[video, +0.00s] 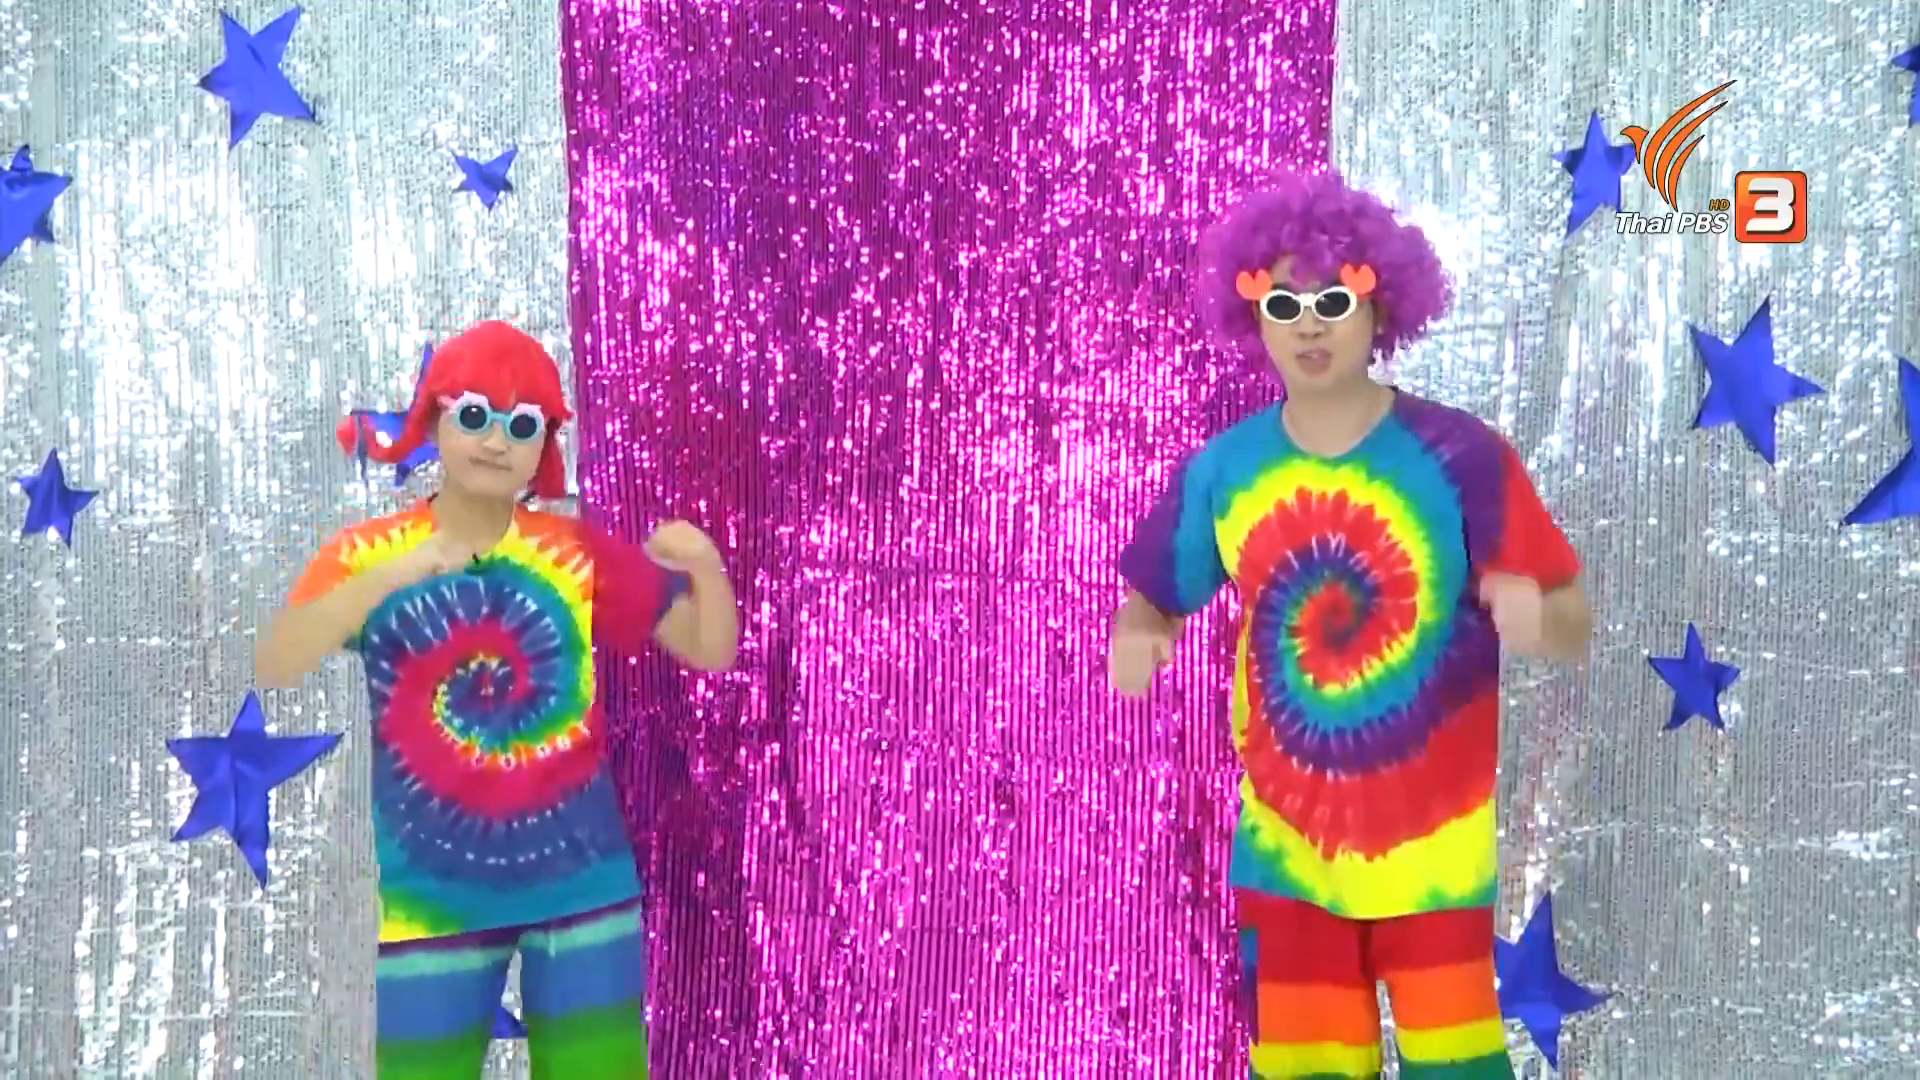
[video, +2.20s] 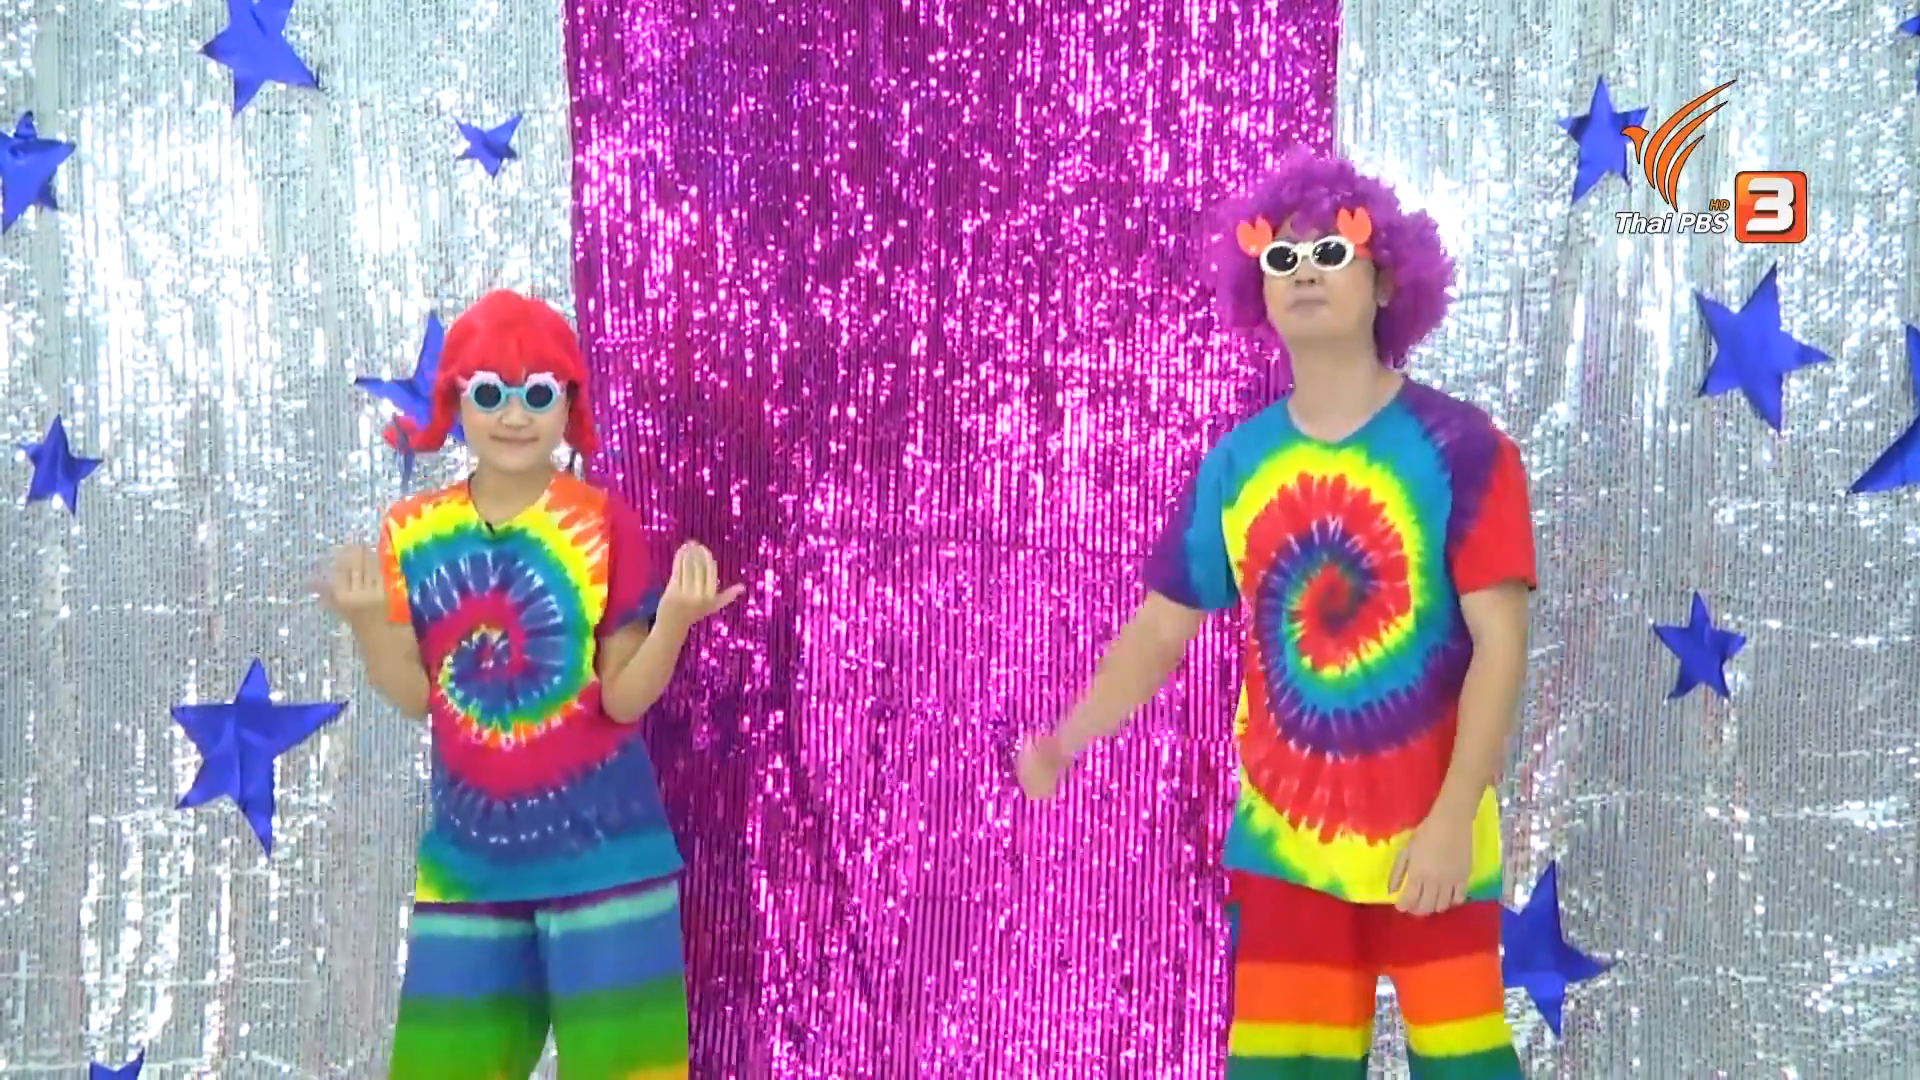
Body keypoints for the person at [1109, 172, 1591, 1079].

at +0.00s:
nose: (1308, 329)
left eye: (1332, 304)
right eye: (1283, 308)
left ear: (1375, 313)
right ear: (1256, 322)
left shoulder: (1463, 455)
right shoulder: (1222, 471)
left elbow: (1573, 619)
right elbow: (1155, 596)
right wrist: (1136, 642)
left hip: (1438, 846)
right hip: (1289, 853)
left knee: (1457, 1062)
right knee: (1308, 1065)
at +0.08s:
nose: (1301, 329)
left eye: (1325, 304)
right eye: (1276, 308)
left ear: (1368, 310)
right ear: (1247, 319)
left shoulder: (1457, 452)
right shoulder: (1214, 472)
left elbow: (1555, 617)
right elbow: (1146, 603)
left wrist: (1491, 611)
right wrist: (1137, 647)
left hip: (1438, 846)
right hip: (1290, 852)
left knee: (1456, 1062)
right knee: (1305, 1066)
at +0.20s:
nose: (1302, 346)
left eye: (1326, 322)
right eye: (1275, 324)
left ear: (1366, 333)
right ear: (1247, 340)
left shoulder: (1448, 478)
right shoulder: (1216, 495)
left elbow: (1515, 651)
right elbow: (1141, 668)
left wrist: (1410, 761)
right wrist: (1221, 767)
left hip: (1437, 872)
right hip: (1290, 876)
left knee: (1460, 1068)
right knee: (1294, 1070)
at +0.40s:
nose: (1330, 324)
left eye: (1353, 303)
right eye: (1304, 305)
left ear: (1392, 323)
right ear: (1272, 329)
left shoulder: (1474, 474)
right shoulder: (1233, 491)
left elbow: (1532, 656)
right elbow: (1181, 674)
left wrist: (1512, 826)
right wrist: (1256, 817)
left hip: (1456, 888)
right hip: (1302, 891)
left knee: (1483, 1068)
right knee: (1301, 1072)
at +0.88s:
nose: (1454, 310)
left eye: (1480, 285)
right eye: (1429, 289)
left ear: (1525, 305)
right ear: (1401, 316)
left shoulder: (1599, 468)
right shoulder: (1351, 470)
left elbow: (1644, 653)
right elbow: (1297, 655)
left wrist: (1658, 841)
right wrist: (1296, 829)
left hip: (1546, 866)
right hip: (1392, 862)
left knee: (1540, 1066)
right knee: (1352, 1064)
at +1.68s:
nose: (1351, 276)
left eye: (1378, 255)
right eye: (1329, 255)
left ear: (1424, 279)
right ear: (1304, 279)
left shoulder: (1498, 436)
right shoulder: (1260, 441)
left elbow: (1540, 631)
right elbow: (1227, 619)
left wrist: (1539, 821)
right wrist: (1206, 783)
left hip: (1469, 832)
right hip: (1312, 835)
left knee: (1495, 1057)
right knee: (1324, 1059)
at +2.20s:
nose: (1305, 271)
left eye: (1332, 249)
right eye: (1282, 256)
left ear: (1383, 282)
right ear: (1259, 294)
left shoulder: (1463, 447)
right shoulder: (1235, 463)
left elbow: (1499, 642)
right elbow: (1158, 627)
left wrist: (1452, 815)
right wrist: (1068, 737)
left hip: (1435, 834)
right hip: (1285, 843)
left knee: (1467, 1061)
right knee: (1283, 1065)